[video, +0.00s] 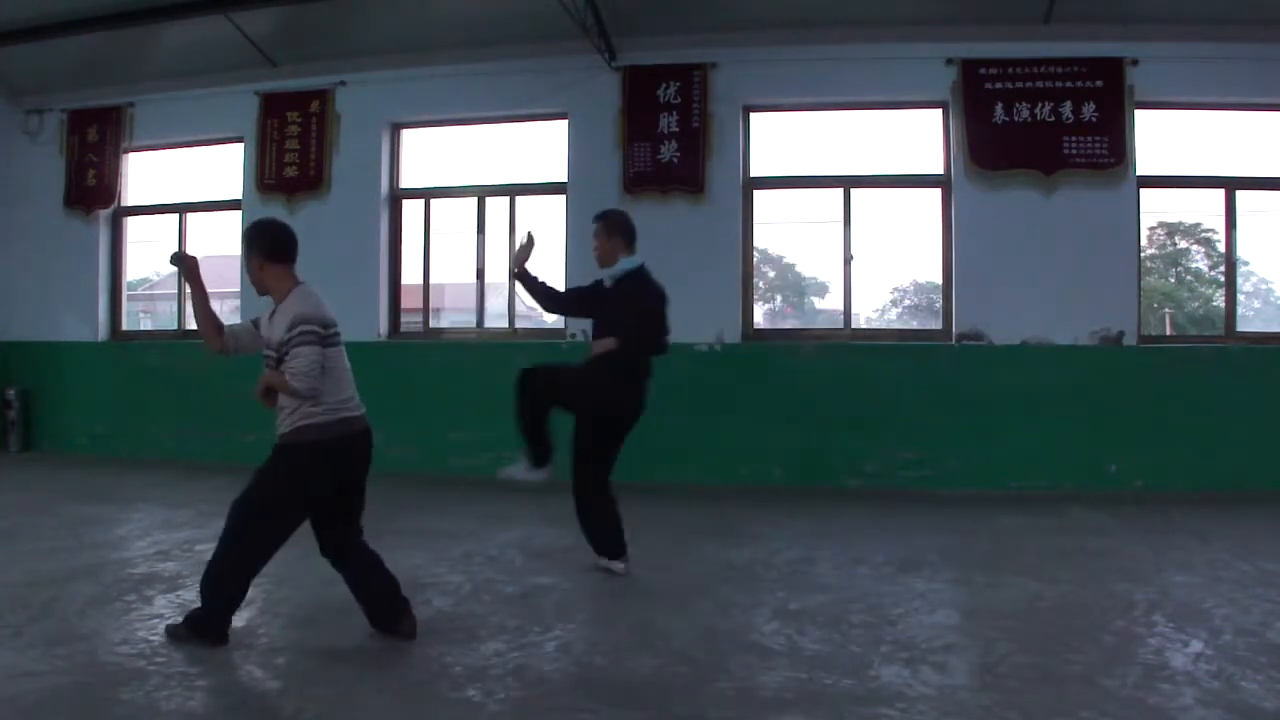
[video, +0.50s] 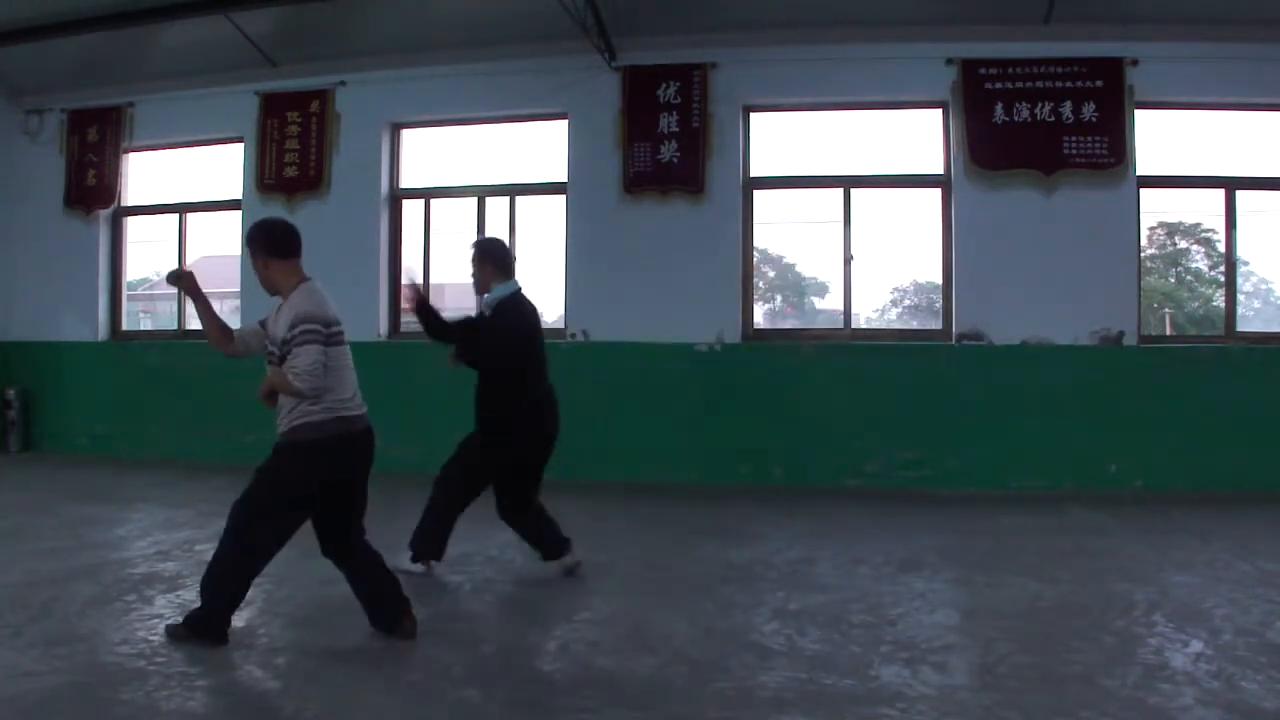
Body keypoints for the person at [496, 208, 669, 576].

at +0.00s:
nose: (593, 246)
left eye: (598, 238)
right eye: (594, 239)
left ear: (617, 241)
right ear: (614, 243)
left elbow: (656, 342)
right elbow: (557, 303)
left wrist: (619, 343)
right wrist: (521, 271)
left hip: (620, 389)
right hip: (601, 387)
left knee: (534, 380)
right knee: (590, 474)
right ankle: (613, 555)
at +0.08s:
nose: (579, 252)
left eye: (584, 244)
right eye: (579, 245)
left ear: (602, 246)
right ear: (606, 247)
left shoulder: (617, 293)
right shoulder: (601, 291)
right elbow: (550, 310)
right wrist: (510, 286)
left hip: (594, 403)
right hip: (581, 396)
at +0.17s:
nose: (569, 254)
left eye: (572, 246)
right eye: (569, 246)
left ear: (588, 247)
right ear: (597, 248)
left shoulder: (597, 295)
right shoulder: (607, 293)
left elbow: (558, 330)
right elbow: (587, 339)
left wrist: (513, 305)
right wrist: (559, 317)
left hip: (564, 405)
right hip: (589, 407)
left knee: (500, 453)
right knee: (570, 484)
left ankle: (462, 528)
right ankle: (611, 555)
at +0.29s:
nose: (531, 258)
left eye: (536, 252)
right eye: (532, 251)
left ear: (551, 254)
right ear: (560, 255)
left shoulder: (548, 299)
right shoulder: (576, 300)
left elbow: (494, 300)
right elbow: (558, 346)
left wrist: (452, 279)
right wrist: (518, 345)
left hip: (533, 414)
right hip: (564, 415)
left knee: (485, 483)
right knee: (558, 497)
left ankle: (432, 555)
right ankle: (607, 556)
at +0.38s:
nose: (494, 265)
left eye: (497, 258)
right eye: (495, 258)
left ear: (510, 260)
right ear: (526, 260)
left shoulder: (517, 304)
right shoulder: (534, 301)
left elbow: (475, 338)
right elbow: (507, 341)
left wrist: (441, 325)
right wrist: (482, 319)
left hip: (515, 420)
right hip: (542, 419)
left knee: (462, 482)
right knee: (536, 500)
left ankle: (424, 556)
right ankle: (586, 546)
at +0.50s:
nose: (473, 278)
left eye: (476, 270)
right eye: (474, 270)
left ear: (488, 270)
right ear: (504, 269)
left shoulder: (508, 314)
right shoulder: (513, 310)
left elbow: (494, 359)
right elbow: (444, 333)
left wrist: (467, 355)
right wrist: (422, 306)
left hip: (512, 428)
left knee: (453, 485)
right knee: (515, 503)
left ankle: (423, 557)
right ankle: (563, 556)